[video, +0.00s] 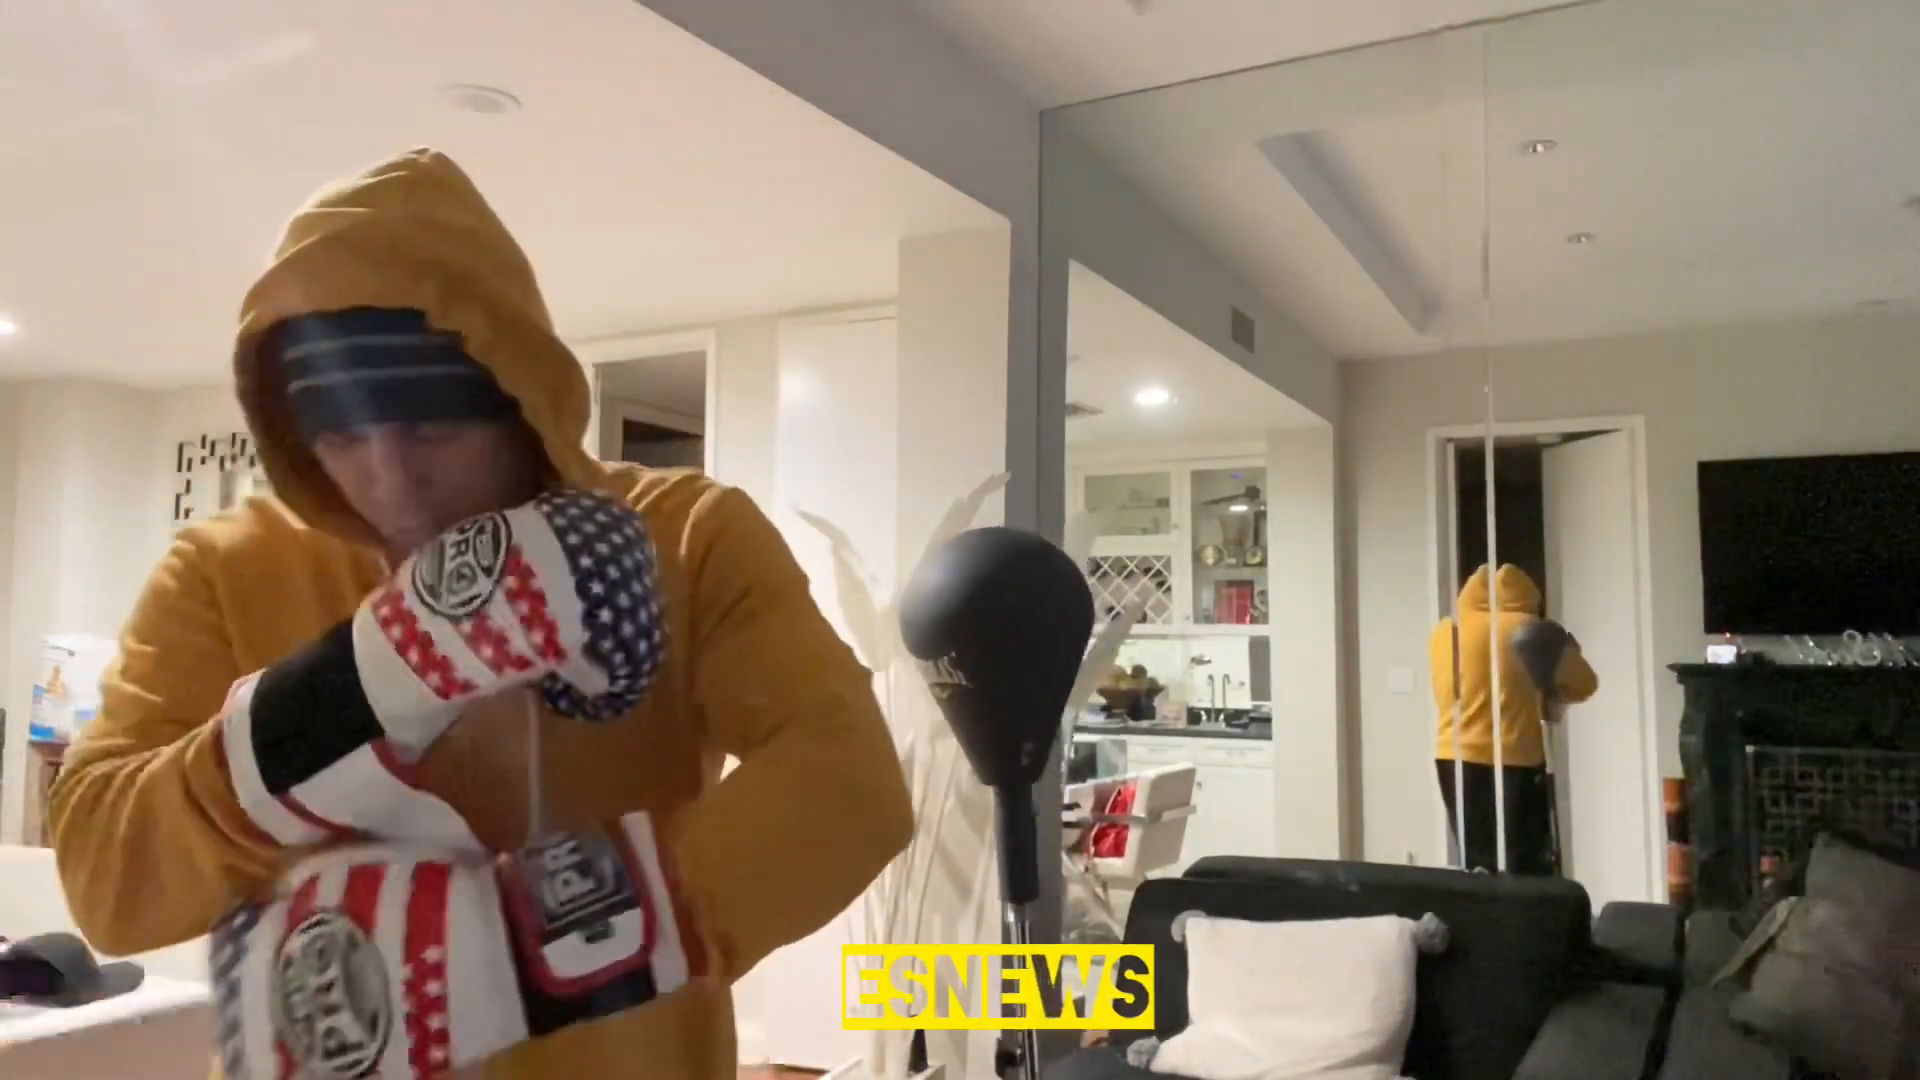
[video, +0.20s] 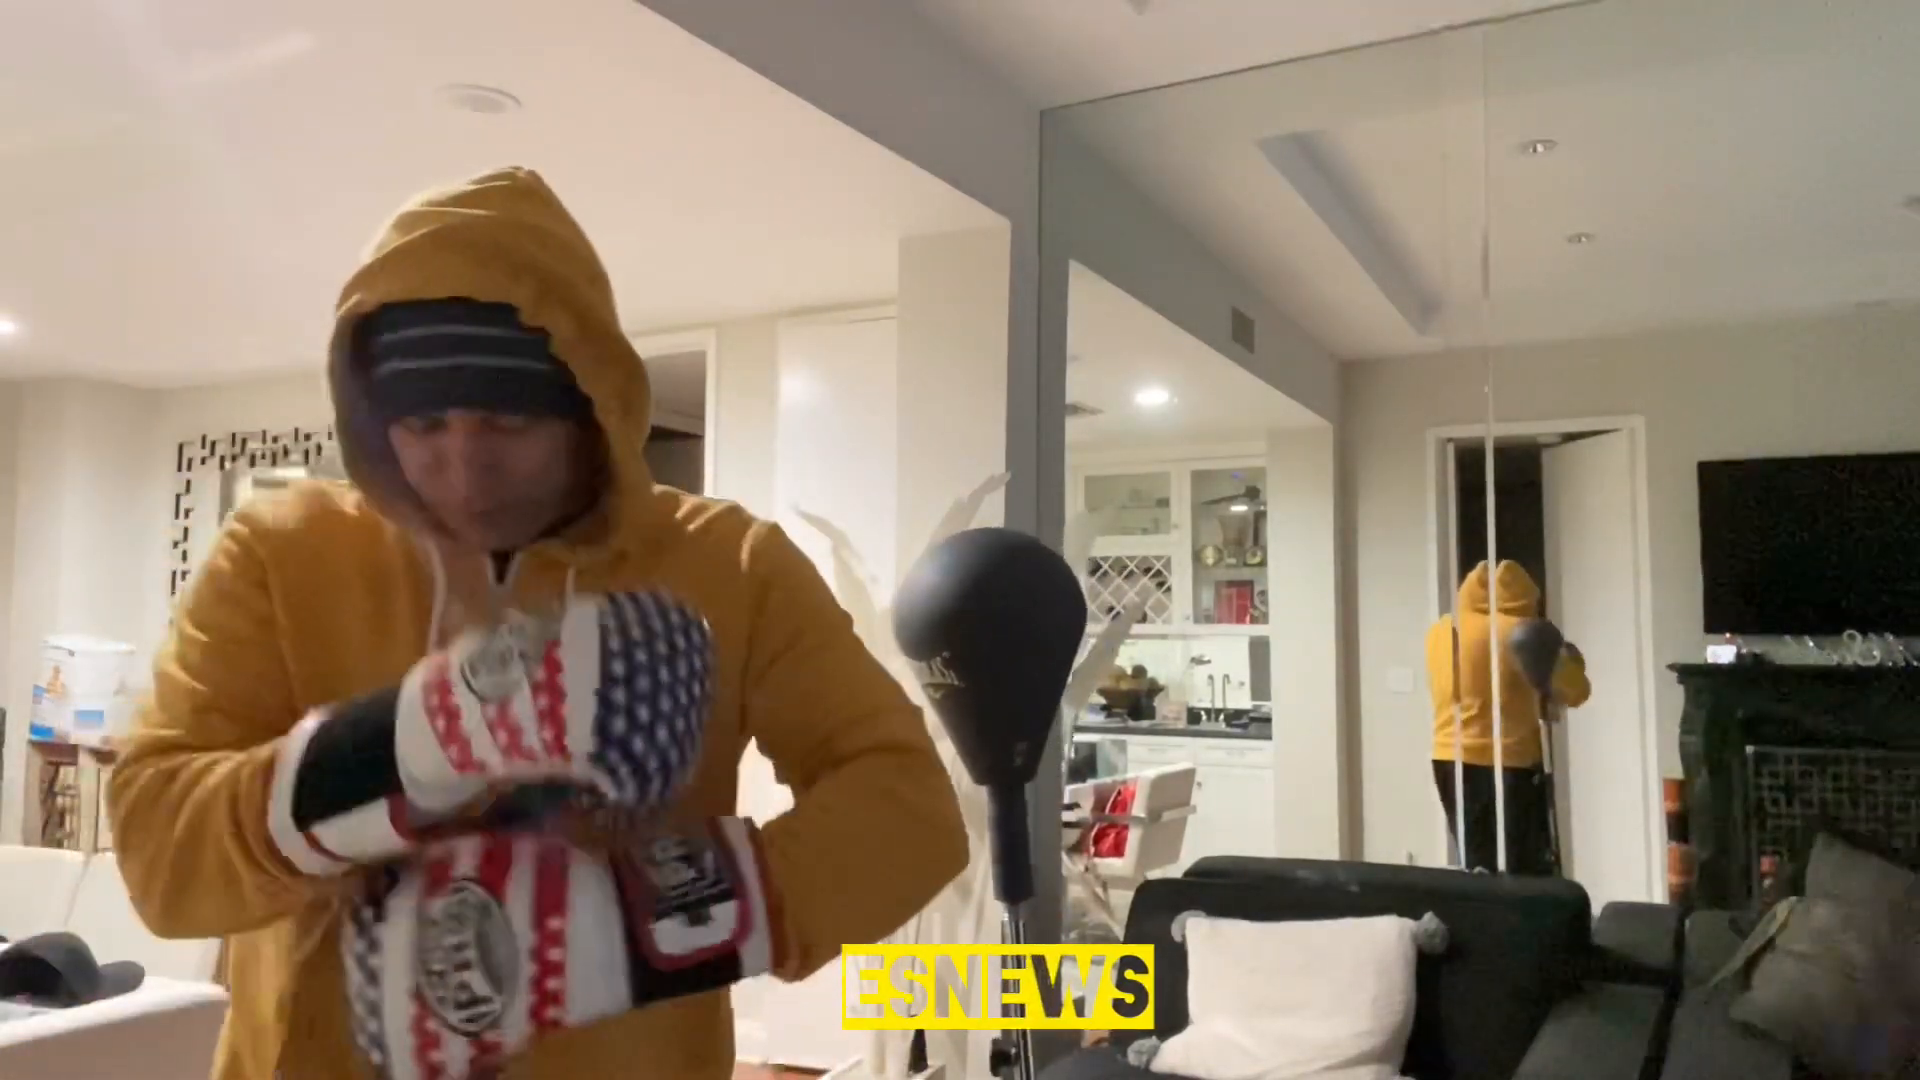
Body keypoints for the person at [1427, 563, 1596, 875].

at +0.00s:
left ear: (1470, 593)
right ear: (1525, 596)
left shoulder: (1445, 633)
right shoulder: (1532, 630)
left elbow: (1446, 691)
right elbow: (1582, 683)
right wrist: (1544, 696)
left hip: (1457, 764)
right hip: (1518, 766)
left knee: (1474, 860)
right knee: (1527, 862)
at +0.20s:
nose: (1535, 606)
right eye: (1530, 599)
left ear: (1470, 592)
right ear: (1521, 595)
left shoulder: (1440, 633)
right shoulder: (1524, 633)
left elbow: (1452, 689)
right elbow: (1574, 692)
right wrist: (1566, 651)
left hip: (1452, 766)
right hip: (1514, 769)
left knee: (1474, 865)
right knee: (1527, 867)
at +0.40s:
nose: (1529, 612)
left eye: (1530, 604)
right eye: (1527, 604)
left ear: (1472, 590)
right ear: (1514, 598)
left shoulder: (1438, 630)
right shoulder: (1502, 634)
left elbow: (1445, 698)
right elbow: (1535, 703)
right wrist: (1561, 697)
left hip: (1448, 765)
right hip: (1504, 767)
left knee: (1477, 865)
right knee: (1525, 868)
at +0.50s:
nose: (1525, 617)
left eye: (1528, 608)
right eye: (1524, 607)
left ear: (1476, 591)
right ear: (1508, 601)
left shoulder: (1438, 628)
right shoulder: (1487, 633)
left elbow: (1448, 699)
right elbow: (1500, 700)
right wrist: (1543, 717)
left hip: (1448, 765)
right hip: (1491, 766)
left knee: (1478, 865)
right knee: (1520, 866)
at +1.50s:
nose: (1527, 617)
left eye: (1530, 609)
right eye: (1527, 608)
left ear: (1479, 591)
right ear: (1512, 601)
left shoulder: (1442, 629)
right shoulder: (1491, 629)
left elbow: (1450, 699)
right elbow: (1524, 695)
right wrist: (1544, 700)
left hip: (1449, 764)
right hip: (1495, 765)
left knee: (1473, 861)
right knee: (1521, 863)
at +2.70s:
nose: (1544, 610)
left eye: (1544, 603)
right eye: (1542, 602)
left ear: (1488, 589)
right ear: (1533, 598)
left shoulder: (1453, 633)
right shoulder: (1528, 632)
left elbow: (1452, 698)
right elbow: (1556, 695)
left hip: (1464, 765)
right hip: (1517, 767)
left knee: (1478, 857)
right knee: (1526, 859)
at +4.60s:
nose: (1534, 607)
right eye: (1531, 600)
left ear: (1472, 590)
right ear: (1521, 596)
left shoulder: (1443, 633)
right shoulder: (1529, 637)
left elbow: (1448, 700)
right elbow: (1555, 706)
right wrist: (1565, 744)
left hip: (1460, 763)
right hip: (1519, 765)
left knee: (1477, 851)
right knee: (1529, 854)